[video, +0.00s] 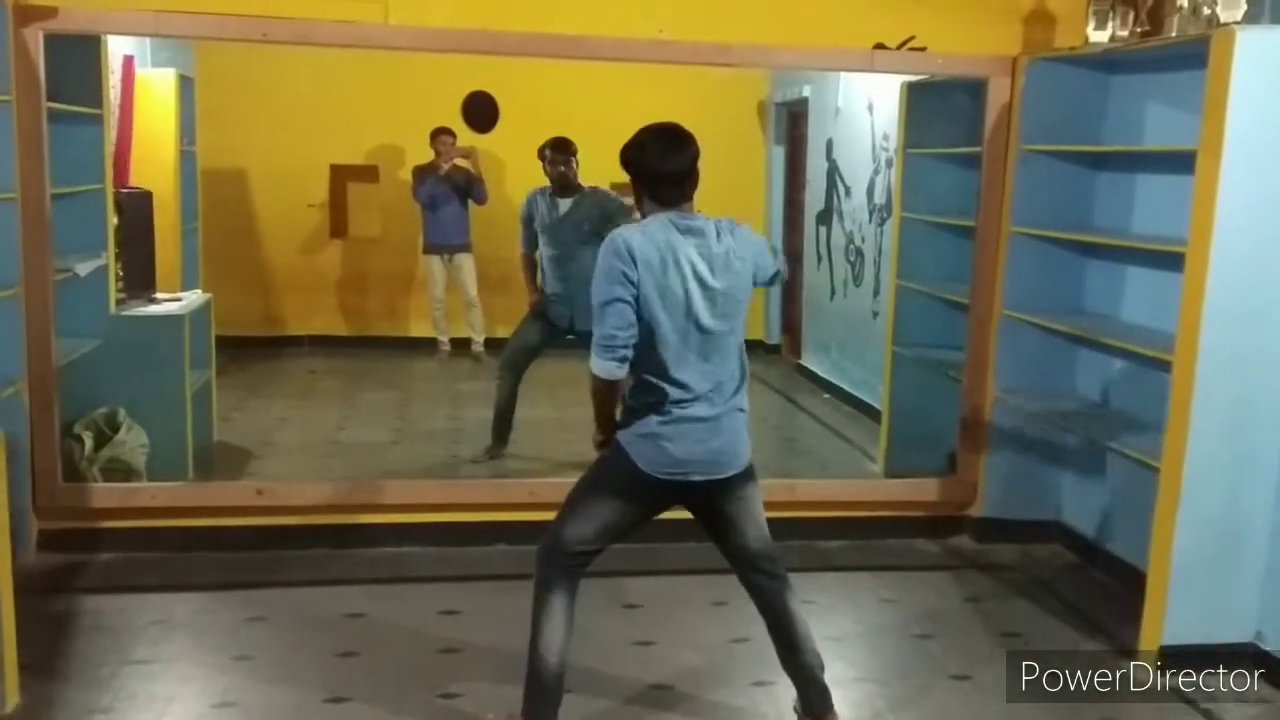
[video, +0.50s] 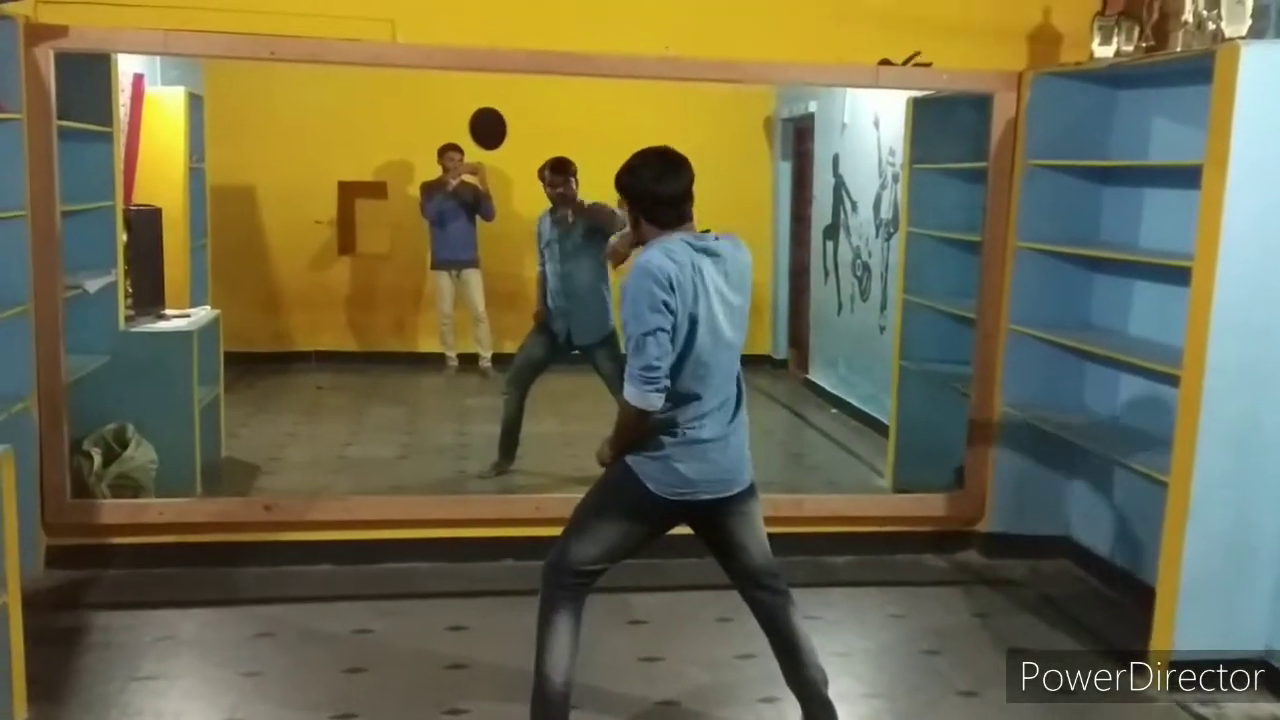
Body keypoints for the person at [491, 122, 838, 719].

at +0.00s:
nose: (628, 186)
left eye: (629, 178)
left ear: (633, 184)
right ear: (696, 179)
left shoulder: (624, 247)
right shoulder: (735, 242)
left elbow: (610, 363)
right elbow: (775, 267)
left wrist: (606, 431)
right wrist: (724, 239)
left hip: (650, 451)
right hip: (726, 449)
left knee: (560, 561)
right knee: (770, 580)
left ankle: (538, 711)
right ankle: (820, 709)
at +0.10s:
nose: (624, 193)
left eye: (625, 186)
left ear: (632, 192)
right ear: (694, 186)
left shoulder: (626, 254)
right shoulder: (734, 248)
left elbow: (618, 371)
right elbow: (755, 299)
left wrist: (609, 434)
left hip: (654, 455)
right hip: (727, 454)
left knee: (561, 564)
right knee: (770, 583)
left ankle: (540, 711)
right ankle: (820, 710)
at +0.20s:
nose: (625, 199)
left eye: (626, 191)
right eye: (629, 190)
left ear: (633, 197)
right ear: (694, 191)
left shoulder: (628, 262)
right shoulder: (735, 261)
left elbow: (625, 374)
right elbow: (726, 348)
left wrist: (610, 439)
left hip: (654, 462)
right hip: (728, 459)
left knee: (560, 567)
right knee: (770, 586)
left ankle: (541, 712)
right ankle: (821, 710)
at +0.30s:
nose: (619, 199)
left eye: (619, 192)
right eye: (624, 190)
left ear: (629, 202)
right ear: (691, 196)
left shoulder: (635, 269)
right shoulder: (733, 266)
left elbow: (634, 386)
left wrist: (612, 441)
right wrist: (710, 236)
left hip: (656, 466)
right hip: (728, 461)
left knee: (560, 570)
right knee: (770, 588)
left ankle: (543, 711)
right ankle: (821, 710)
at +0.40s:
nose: (618, 214)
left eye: (617, 206)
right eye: (619, 207)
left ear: (627, 214)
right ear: (684, 200)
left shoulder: (649, 269)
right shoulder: (734, 259)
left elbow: (644, 396)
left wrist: (615, 442)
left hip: (658, 468)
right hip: (726, 463)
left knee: (561, 572)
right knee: (769, 592)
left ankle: (545, 711)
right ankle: (820, 711)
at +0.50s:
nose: (623, 212)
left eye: (624, 204)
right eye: (624, 204)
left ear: (636, 212)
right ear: (692, 202)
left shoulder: (651, 272)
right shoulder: (736, 257)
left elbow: (643, 399)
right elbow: (690, 246)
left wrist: (616, 445)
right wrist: (640, 239)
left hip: (660, 470)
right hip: (727, 465)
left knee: (565, 578)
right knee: (771, 594)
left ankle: (548, 713)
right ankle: (822, 712)